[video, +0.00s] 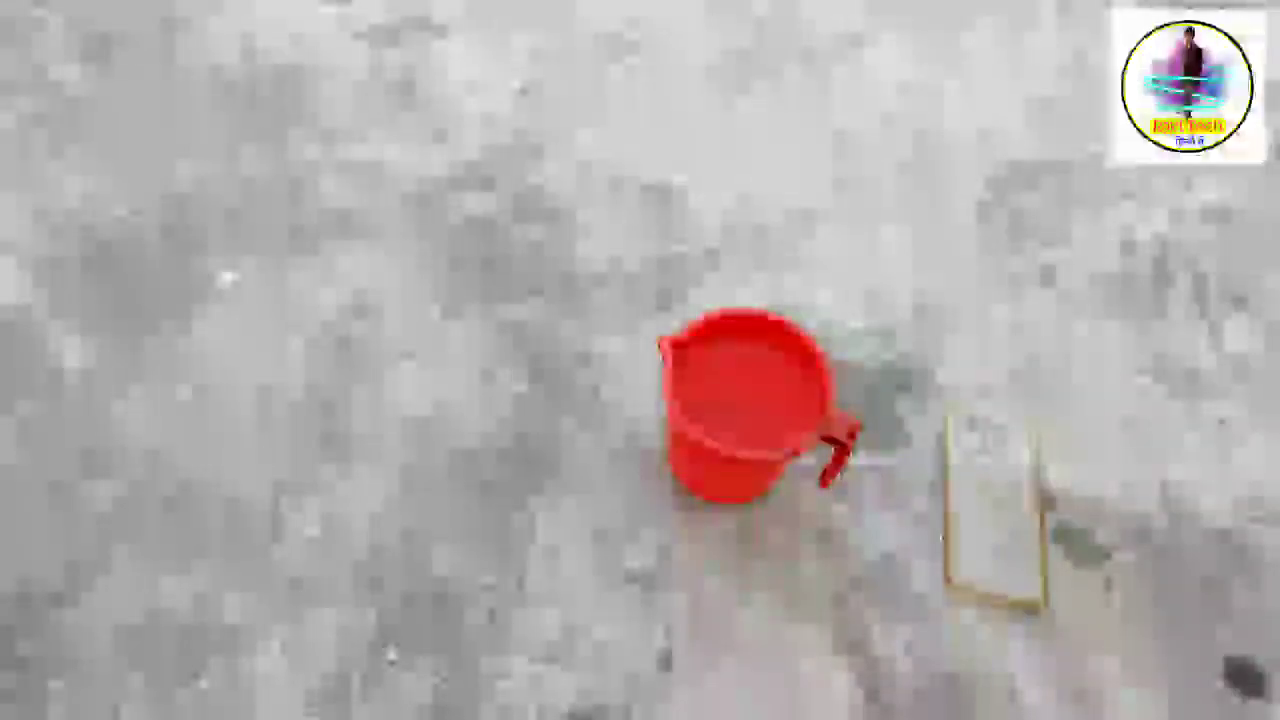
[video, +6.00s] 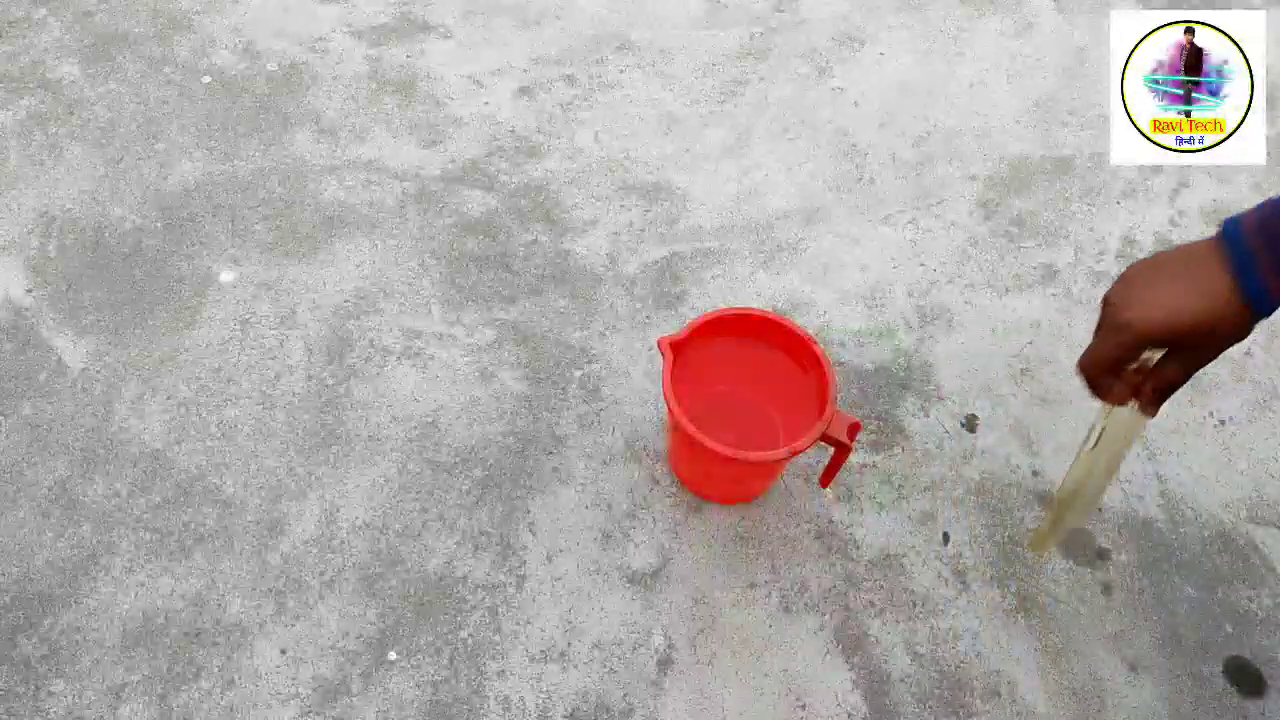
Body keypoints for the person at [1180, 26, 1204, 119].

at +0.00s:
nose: (1187, 38)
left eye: (1189, 36)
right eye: (1186, 36)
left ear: (1193, 36)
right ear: (1184, 36)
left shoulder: (1197, 50)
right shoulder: (1181, 49)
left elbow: (1199, 64)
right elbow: (1176, 61)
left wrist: (1197, 75)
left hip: (1193, 75)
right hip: (1183, 74)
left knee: (1190, 93)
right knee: (1185, 93)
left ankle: (1188, 111)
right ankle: (1186, 111)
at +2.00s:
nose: (1188, 38)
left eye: (1190, 35)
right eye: (1187, 35)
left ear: (1193, 36)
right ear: (1184, 36)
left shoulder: (1198, 50)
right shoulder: (1182, 49)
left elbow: (1199, 64)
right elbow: (1179, 62)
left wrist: (1198, 74)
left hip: (1194, 74)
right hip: (1184, 74)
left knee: (1191, 92)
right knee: (1186, 92)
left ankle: (1189, 111)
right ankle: (1186, 111)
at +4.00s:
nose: (1188, 38)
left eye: (1190, 36)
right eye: (1187, 35)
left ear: (1193, 36)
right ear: (1184, 36)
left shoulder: (1197, 50)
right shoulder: (1182, 49)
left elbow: (1199, 64)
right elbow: (1176, 61)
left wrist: (1197, 74)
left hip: (1193, 74)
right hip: (1183, 74)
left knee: (1190, 93)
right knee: (1185, 93)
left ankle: (1188, 112)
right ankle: (1186, 112)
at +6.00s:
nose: (1188, 38)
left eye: (1191, 35)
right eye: (1187, 35)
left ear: (1194, 36)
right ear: (1184, 36)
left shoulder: (1198, 50)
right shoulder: (1182, 48)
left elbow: (1199, 66)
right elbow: (1181, 61)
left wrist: (1195, 79)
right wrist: (1179, 71)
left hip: (1192, 76)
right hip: (1182, 74)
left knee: (1188, 94)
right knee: (1185, 94)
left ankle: (1188, 114)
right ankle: (1185, 113)